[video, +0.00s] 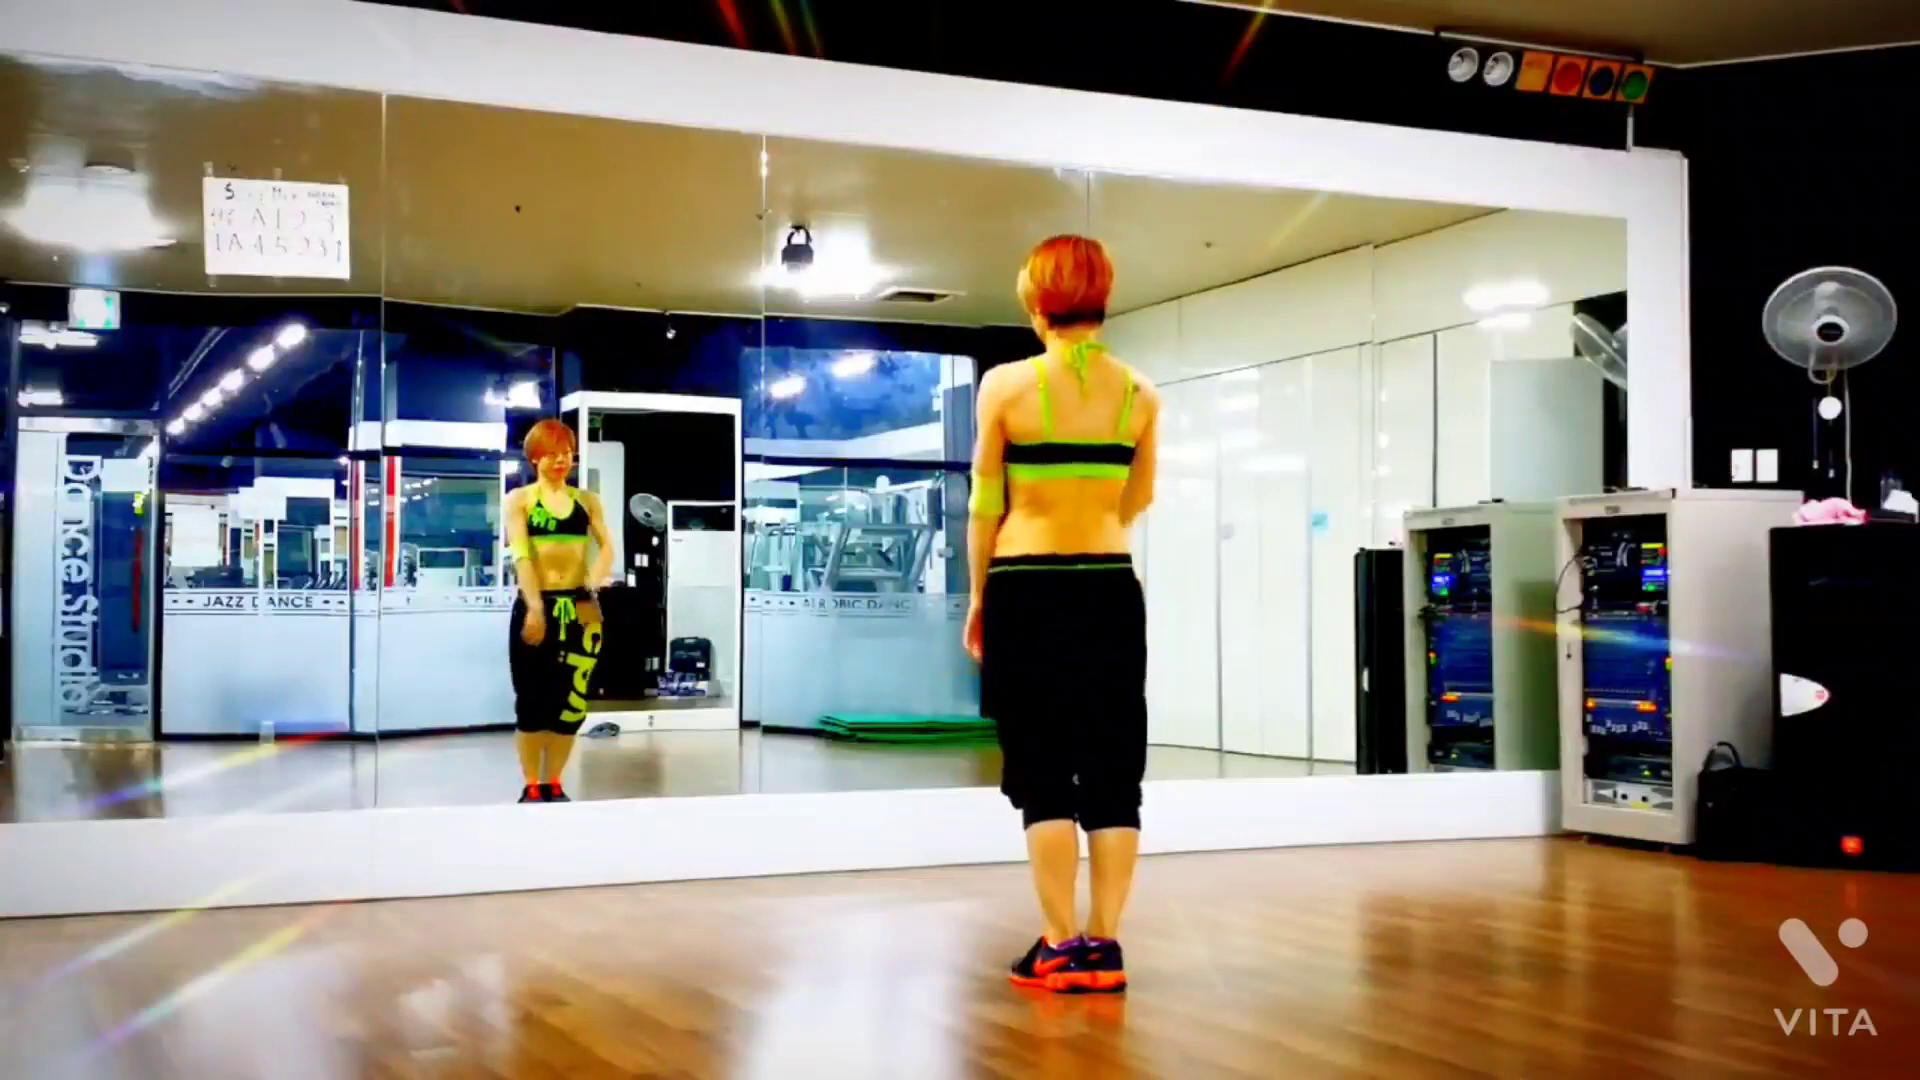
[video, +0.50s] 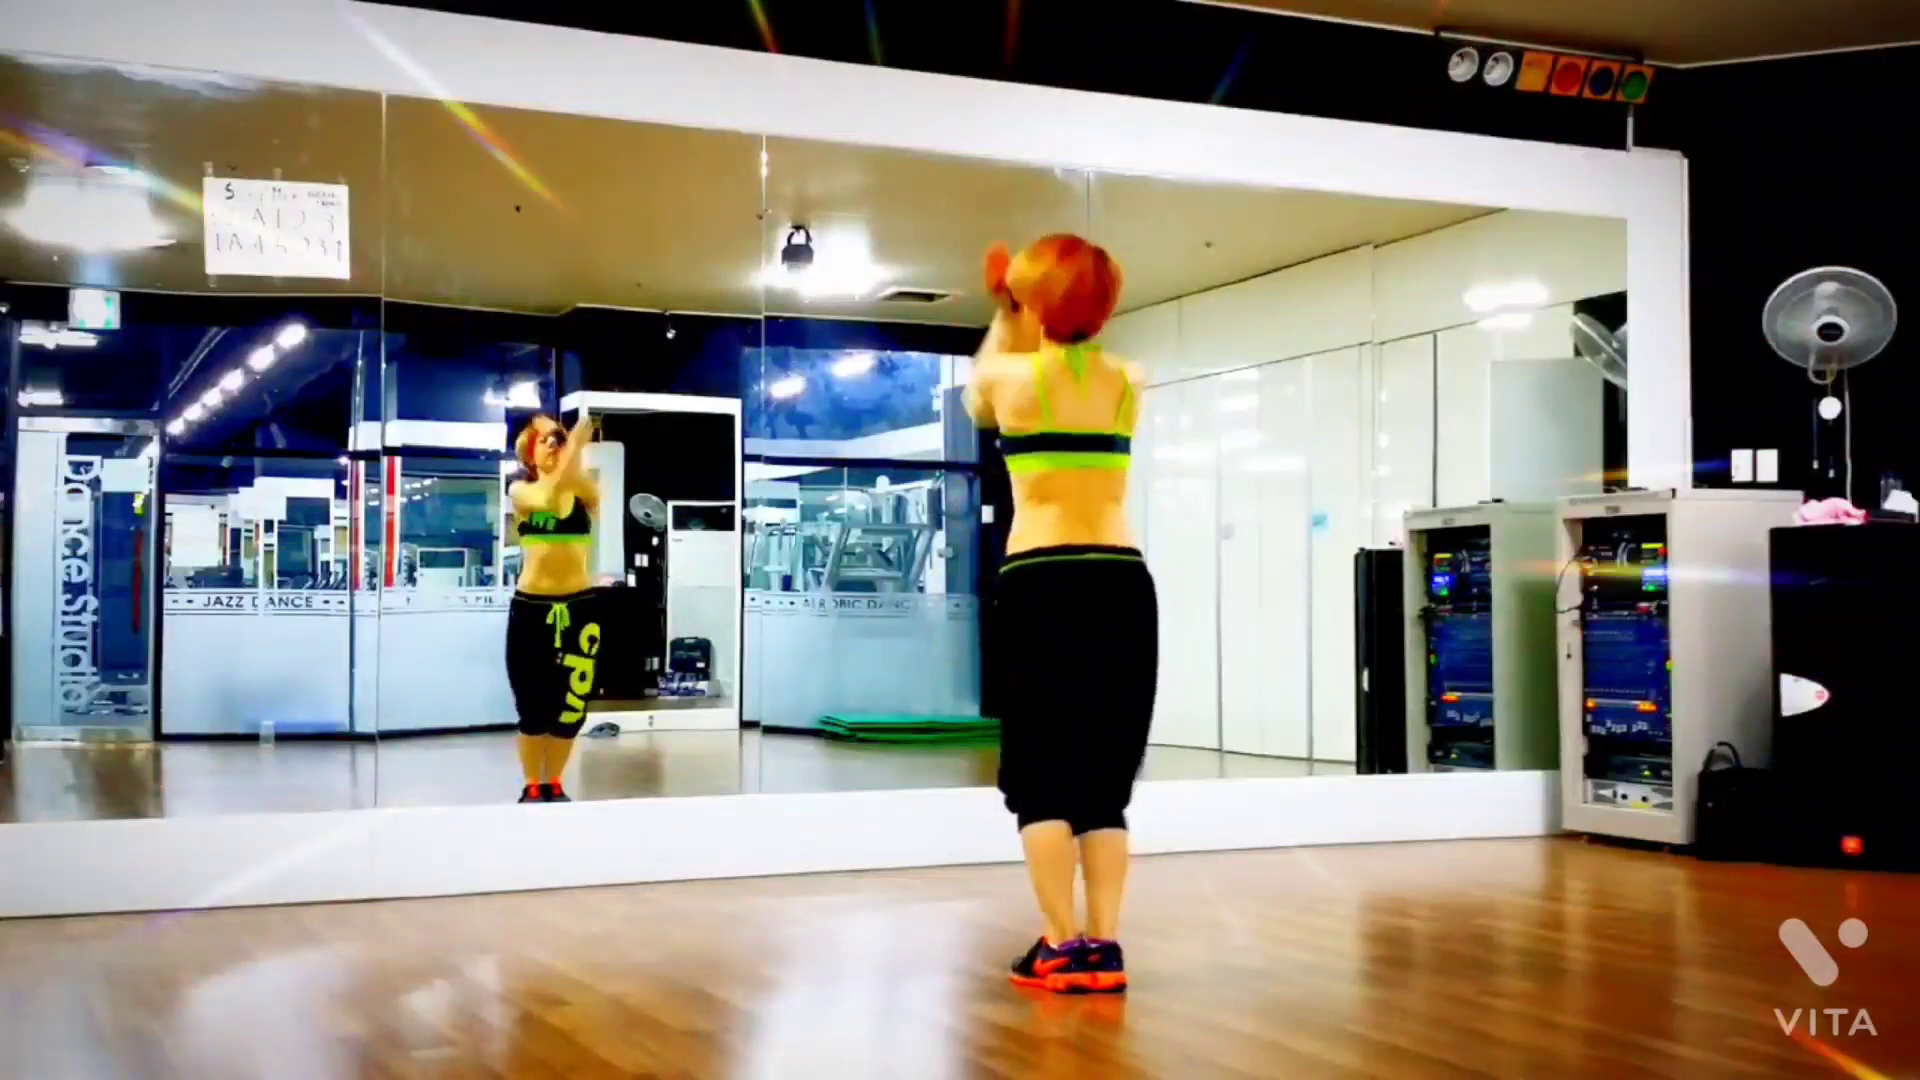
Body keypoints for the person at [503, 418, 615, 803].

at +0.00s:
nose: (560, 462)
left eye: (566, 455)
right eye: (551, 455)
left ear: (573, 457)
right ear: (535, 459)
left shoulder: (587, 501)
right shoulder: (519, 500)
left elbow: (607, 548)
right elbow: (523, 556)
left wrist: (595, 582)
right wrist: (535, 606)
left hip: (580, 606)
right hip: (537, 604)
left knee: (571, 699)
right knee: (533, 699)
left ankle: (552, 783)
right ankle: (531, 785)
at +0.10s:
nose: (560, 465)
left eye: (566, 457)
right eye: (551, 459)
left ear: (573, 458)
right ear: (535, 461)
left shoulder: (586, 496)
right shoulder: (519, 496)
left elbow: (611, 531)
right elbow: (525, 545)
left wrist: (577, 542)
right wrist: (557, 585)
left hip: (580, 603)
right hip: (533, 604)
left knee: (570, 697)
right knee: (532, 698)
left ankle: (553, 783)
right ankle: (531, 785)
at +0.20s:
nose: (561, 465)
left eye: (566, 458)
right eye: (552, 459)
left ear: (574, 459)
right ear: (537, 461)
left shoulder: (583, 496)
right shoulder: (520, 490)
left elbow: (611, 485)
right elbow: (524, 513)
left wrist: (566, 488)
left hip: (581, 602)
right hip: (533, 602)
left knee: (571, 700)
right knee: (531, 700)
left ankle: (553, 783)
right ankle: (531, 785)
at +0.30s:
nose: (556, 458)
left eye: (563, 451)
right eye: (548, 452)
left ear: (572, 454)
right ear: (535, 456)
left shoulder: (586, 488)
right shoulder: (523, 491)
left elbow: (611, 457)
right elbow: (519, 486)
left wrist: (577, 456)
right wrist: (543, 472)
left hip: (581, 603)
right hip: (532, 604)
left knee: (571, 705)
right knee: (531, 704)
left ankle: (553, 783)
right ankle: (531, 786)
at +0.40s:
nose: (558, 443)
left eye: (562, 437)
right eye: (547, 437)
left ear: (570, 449)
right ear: (531, 452)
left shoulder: (585, 488)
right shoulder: (526, 492)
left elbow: (608, 455)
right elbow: (520, 481)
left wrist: (574, 442)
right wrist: (552, 458)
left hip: (581, 603)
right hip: (533, 604)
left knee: (571, 704)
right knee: (530, 703)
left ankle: (552, 783)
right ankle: (531, 785)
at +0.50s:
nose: (550, 444)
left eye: (557, 438)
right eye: (541, 439)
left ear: (568, 447)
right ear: (529, 453)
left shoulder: (586, 491)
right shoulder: (520, 490)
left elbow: (570, 485)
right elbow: (548, 497)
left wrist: (574, 447)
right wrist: (577, 443)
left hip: (579, 602)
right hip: (530, 604)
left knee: (571, 705)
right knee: (533, 705)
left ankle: (553, 783)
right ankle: (532, 785)